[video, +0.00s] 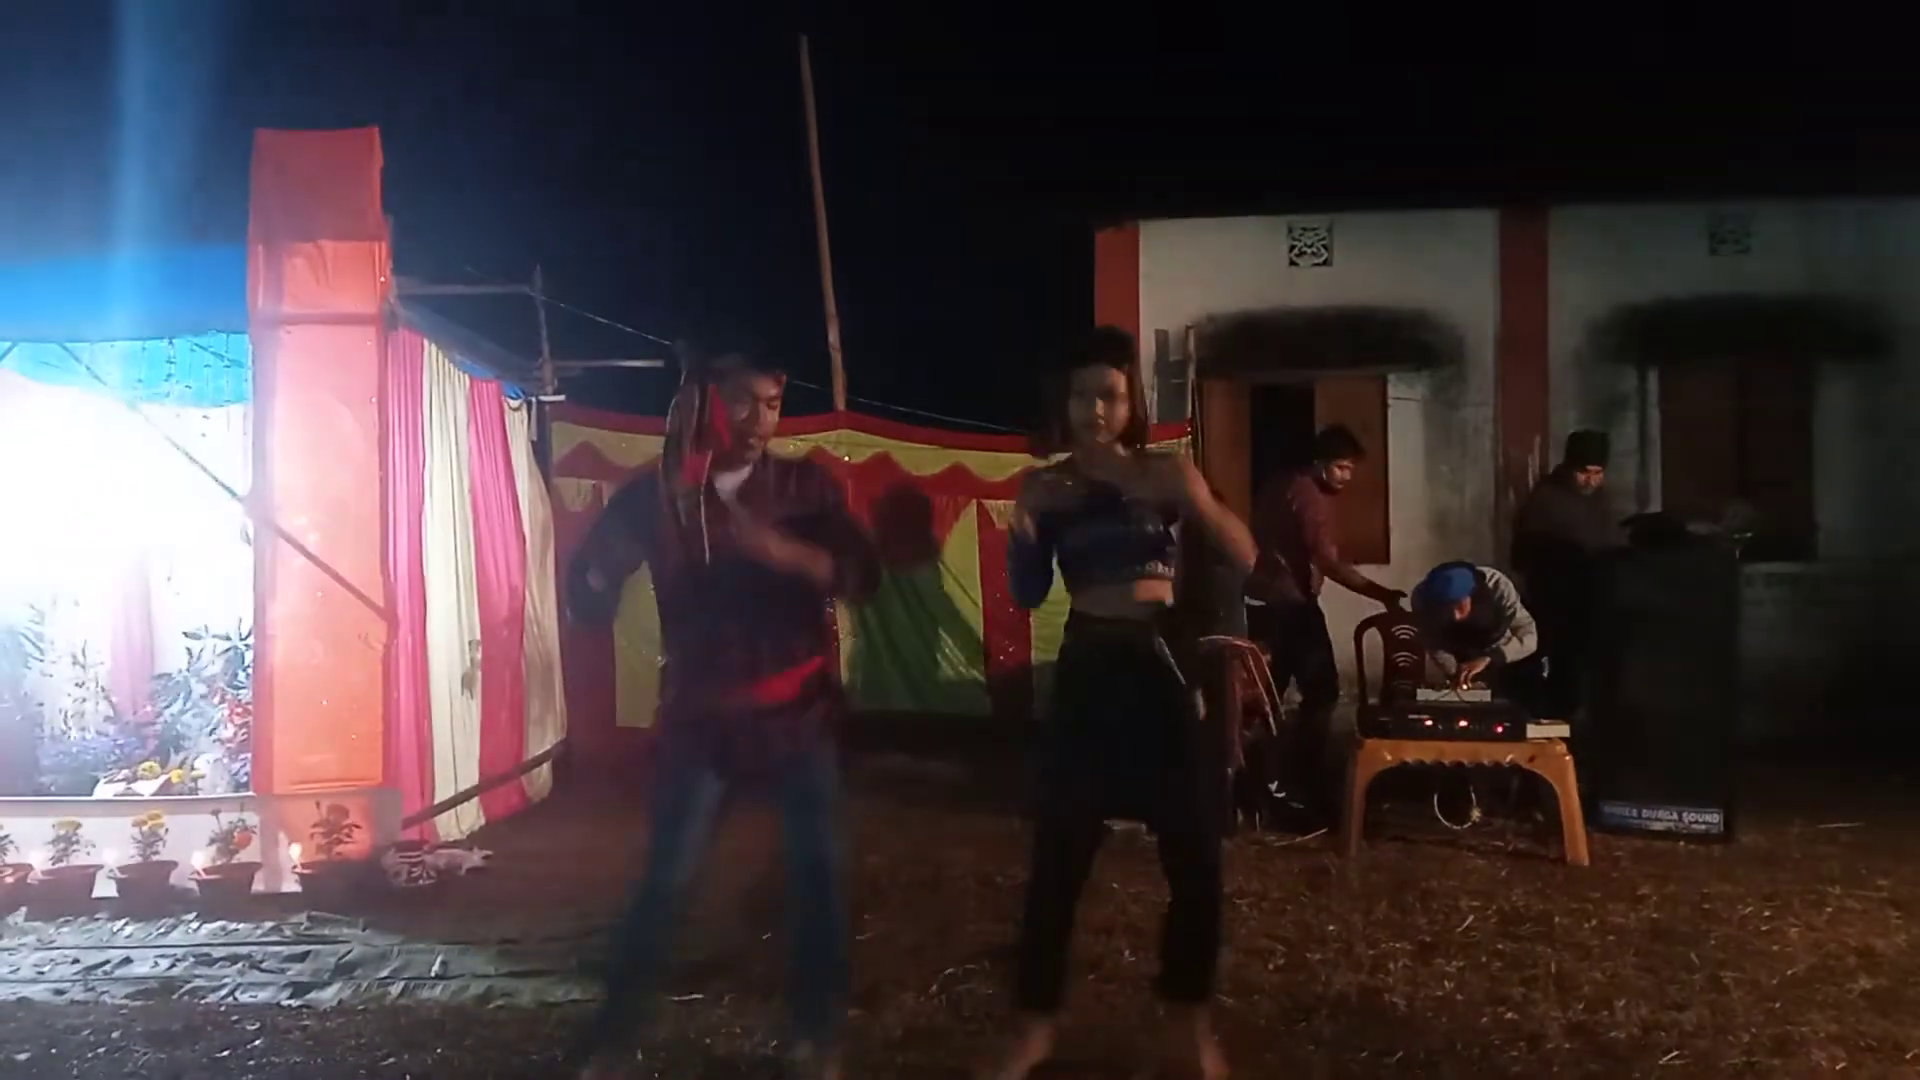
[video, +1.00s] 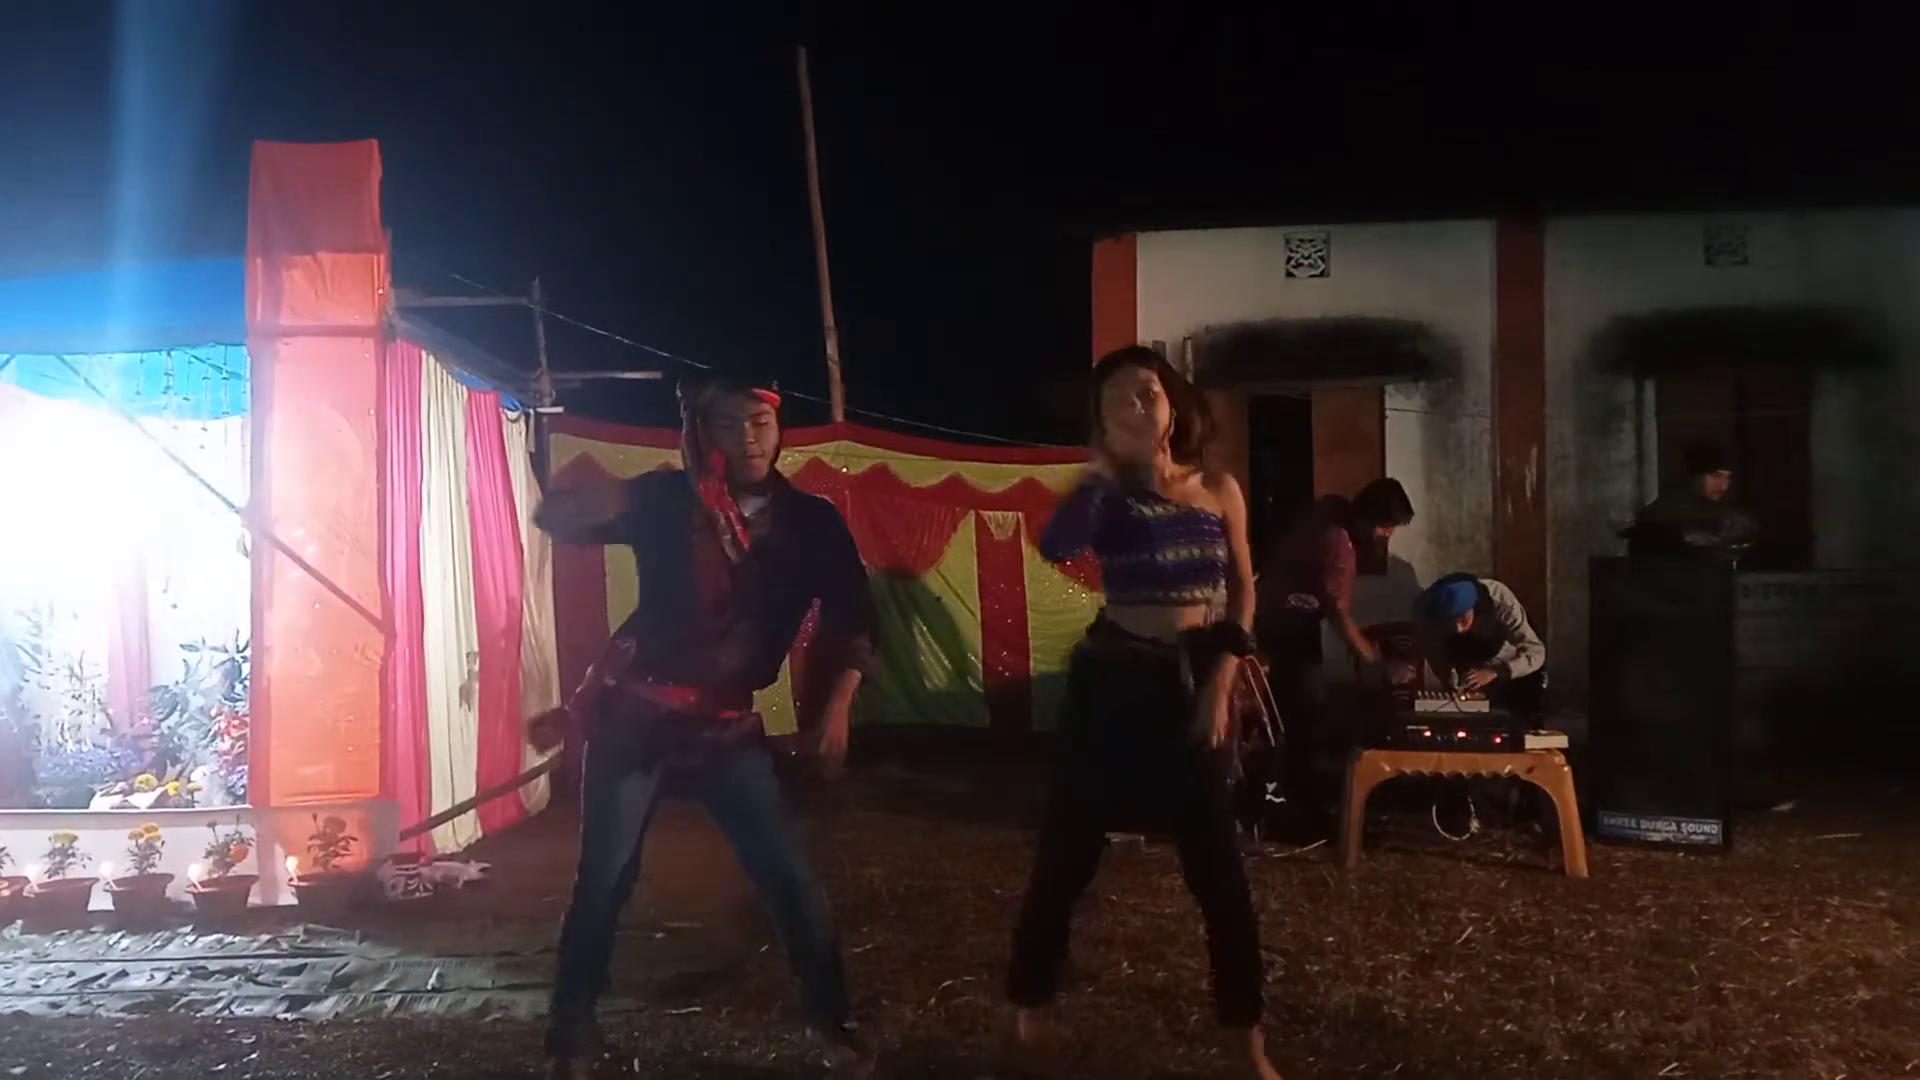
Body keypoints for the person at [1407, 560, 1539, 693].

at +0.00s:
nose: (1456, 617)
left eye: (1461, 608)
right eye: (1450, 610)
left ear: (1471, 595)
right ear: (1437, 602)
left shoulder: (1497, 587)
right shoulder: (1421, 599)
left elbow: (1529, 638)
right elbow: (1432, 643)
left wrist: (1488, 659)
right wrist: (1456, 673)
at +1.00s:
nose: (1458, 629)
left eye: (1463, 620)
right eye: (1452, 623)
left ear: (1474, 608)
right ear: (1440, 616)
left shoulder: (1499, 598)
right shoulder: (1427, 607)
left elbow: (1535, 652)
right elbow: (1436, 655)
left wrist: (1494, 672)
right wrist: (1452, 686)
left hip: (1493, 645)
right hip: (1454, 647)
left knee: (1531, 679)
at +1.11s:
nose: (1458, 630)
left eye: (1462, 620)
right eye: (1451, 623)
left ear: (1473, 608)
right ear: (1440, 617)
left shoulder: (1500, 599)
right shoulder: (1430, 609)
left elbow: (1532, 654)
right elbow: (1435, 658)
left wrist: (1494, 677)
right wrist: (1458, 684)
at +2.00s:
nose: (1454, 636)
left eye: (1459, 627)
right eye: (1447, 630)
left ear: (1470, 616)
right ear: (1436, 622)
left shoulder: (1498, 607)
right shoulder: (1421, 612)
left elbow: (1521, 662)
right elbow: (1430, 662)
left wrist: (1484, 685)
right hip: (1447, 654)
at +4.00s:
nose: (1453, 637)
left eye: (1458, 629)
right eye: (1447, 630)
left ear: (1469, 619)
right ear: (1438, 623)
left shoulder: (1498, 610)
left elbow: (1522, 665)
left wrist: (1488, 680)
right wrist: (1449, 689)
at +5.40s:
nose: (1456, 643)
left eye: (1461, 635)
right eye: (1450, 637)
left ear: (1472, 622)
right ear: (1438, 627)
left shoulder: (1496, 607)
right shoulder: (1421, 614)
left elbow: (1526, 666)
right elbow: (1433, 663)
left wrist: (1486, 681)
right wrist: (1456, 692)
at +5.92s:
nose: (1457, 643)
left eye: (1462, 635)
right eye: (1450, 637)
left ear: (1472, 621)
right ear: (1438, 627)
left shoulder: (1496, 607)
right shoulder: (1421, 614)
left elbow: (1525, 667)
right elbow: (1432, 663)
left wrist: (1486, 682)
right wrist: (1455, 691)